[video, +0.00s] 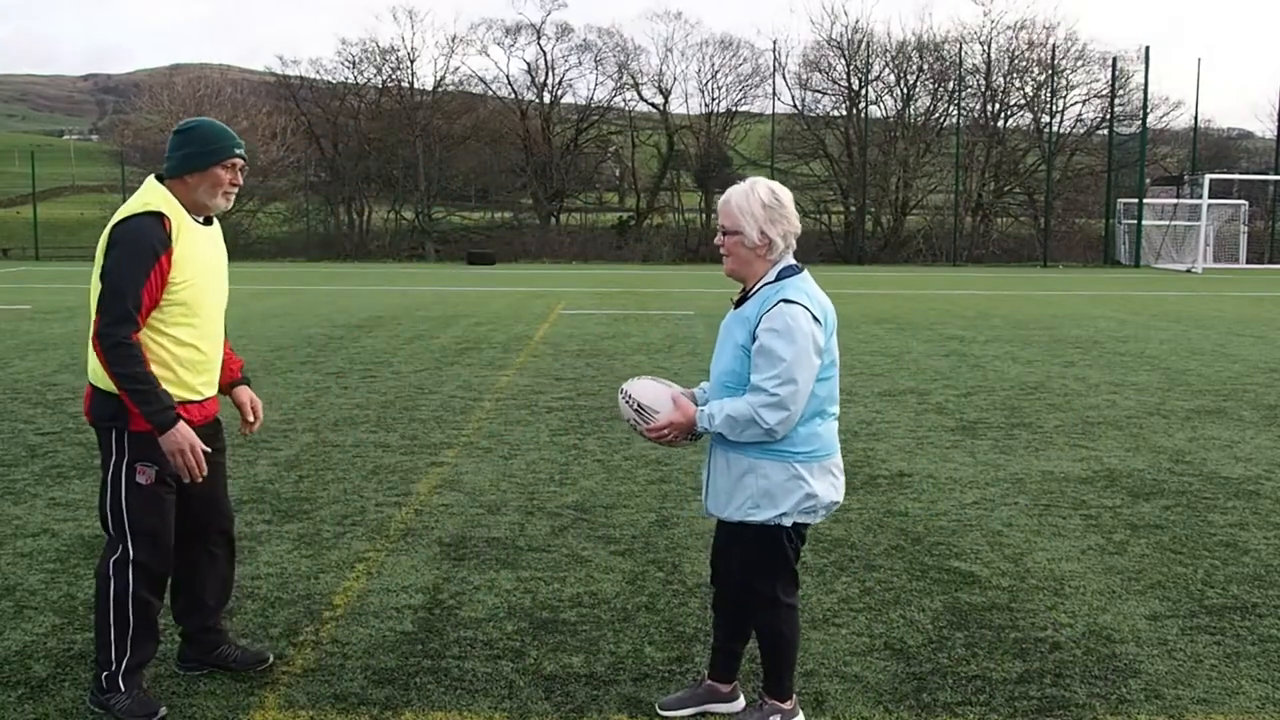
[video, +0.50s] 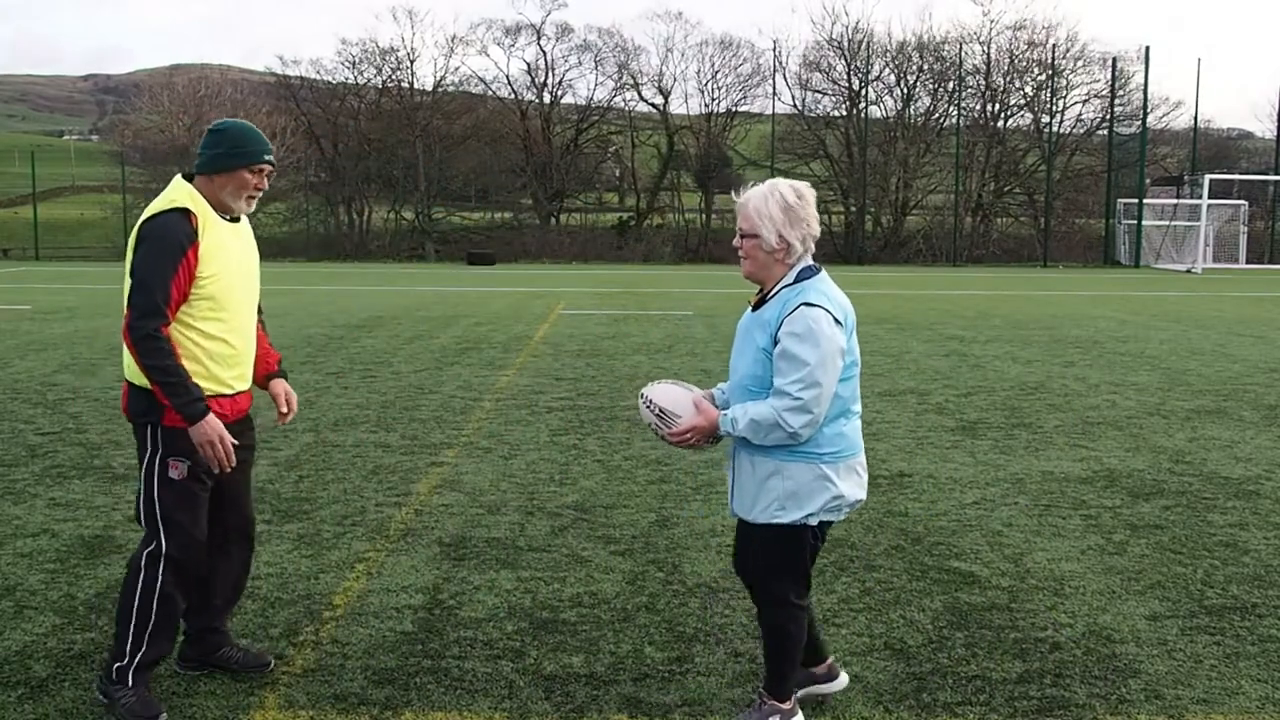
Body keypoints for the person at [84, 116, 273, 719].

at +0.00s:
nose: (237, 181)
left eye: (240, 171)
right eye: (228, 170)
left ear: (215, 174)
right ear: (188, 168)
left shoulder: (206, 227)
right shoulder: (144, 225)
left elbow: (199, 320)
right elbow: (113, 334)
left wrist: (235, 381)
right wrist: (165, 421)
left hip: (196, 410)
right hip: (137, 415)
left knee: (206, 532)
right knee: (138, 549)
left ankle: (204, 643)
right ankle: (118, 682)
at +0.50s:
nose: (263, 184)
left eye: (266, 174)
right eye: (254, 173)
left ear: (252, 176)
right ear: (217, 169)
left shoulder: (236, 226)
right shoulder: (172, 223)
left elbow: (241, 309)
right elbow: (144, 329)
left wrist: (272, 372)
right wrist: (195, 413)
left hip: (229, 409)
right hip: (172, 413)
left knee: (229, 532)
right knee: (171, 545)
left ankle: (206, 642)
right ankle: (126, 677)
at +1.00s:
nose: (293, 181)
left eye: (297, 171)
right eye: (284, 170)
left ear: (277, 175)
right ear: (246, 169)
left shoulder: (259, 225)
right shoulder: (202, 225)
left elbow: (261, 316)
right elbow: (174, 332)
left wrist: (290, 388)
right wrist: (223, 420)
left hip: (245, 413)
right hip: (198, 417)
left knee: (242, 542)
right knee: (217, 552)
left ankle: (216, 643)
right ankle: (218, 690)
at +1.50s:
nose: (311, 174)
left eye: (313, 164)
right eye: (302, 163)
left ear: (276, 166)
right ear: (264, 163)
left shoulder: (271, 221)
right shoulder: (223, 225)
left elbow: (276, 316)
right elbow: (211, 337)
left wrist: (303, 386)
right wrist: (253, 434)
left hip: (272, 412)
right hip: (225, 419)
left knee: (282, 548)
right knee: (240, 557)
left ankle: (269, 662)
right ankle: (222, 693)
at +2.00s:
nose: (320, 174)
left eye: (322, 164)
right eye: (311, 163)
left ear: (290, 166)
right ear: (273, 163)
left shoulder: (285, 221)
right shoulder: (230, 221)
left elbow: (290, 316)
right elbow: (215, 330)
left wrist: (318, 390)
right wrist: (256, 425)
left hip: (283, 412)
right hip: (230, 417)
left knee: (283, 546)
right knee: (236, 552)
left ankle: (267, 665)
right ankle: (211, 678)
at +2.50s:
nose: (305, 175)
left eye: (307, 165)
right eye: (296, 164)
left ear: (280, 167)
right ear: (256, 164)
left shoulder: (272, 222)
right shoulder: (213, 224)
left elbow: (276, 319)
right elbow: (202, 335)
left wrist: (304, 390)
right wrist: (243, 428)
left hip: (273, 416)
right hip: (216, 421)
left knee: (276, 548)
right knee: (217, 556)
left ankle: (267, 665)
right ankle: (210, 679)